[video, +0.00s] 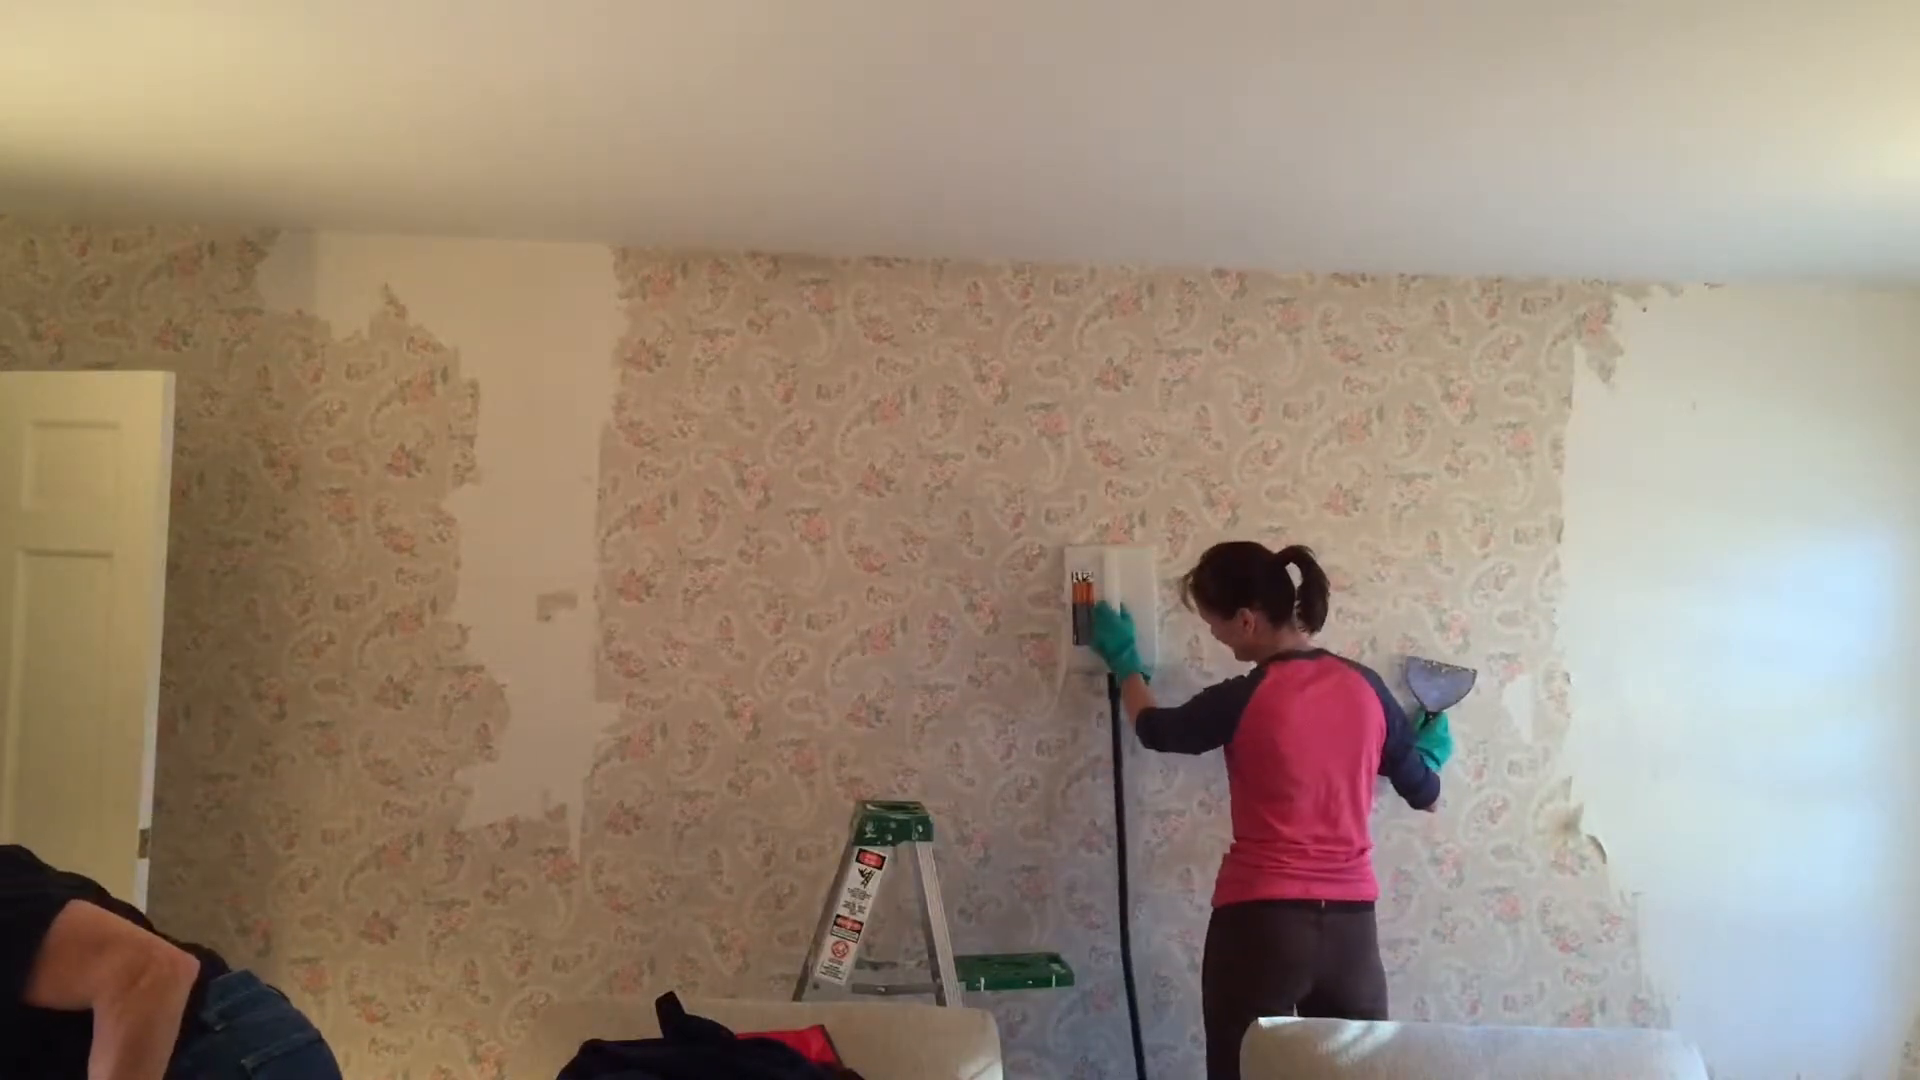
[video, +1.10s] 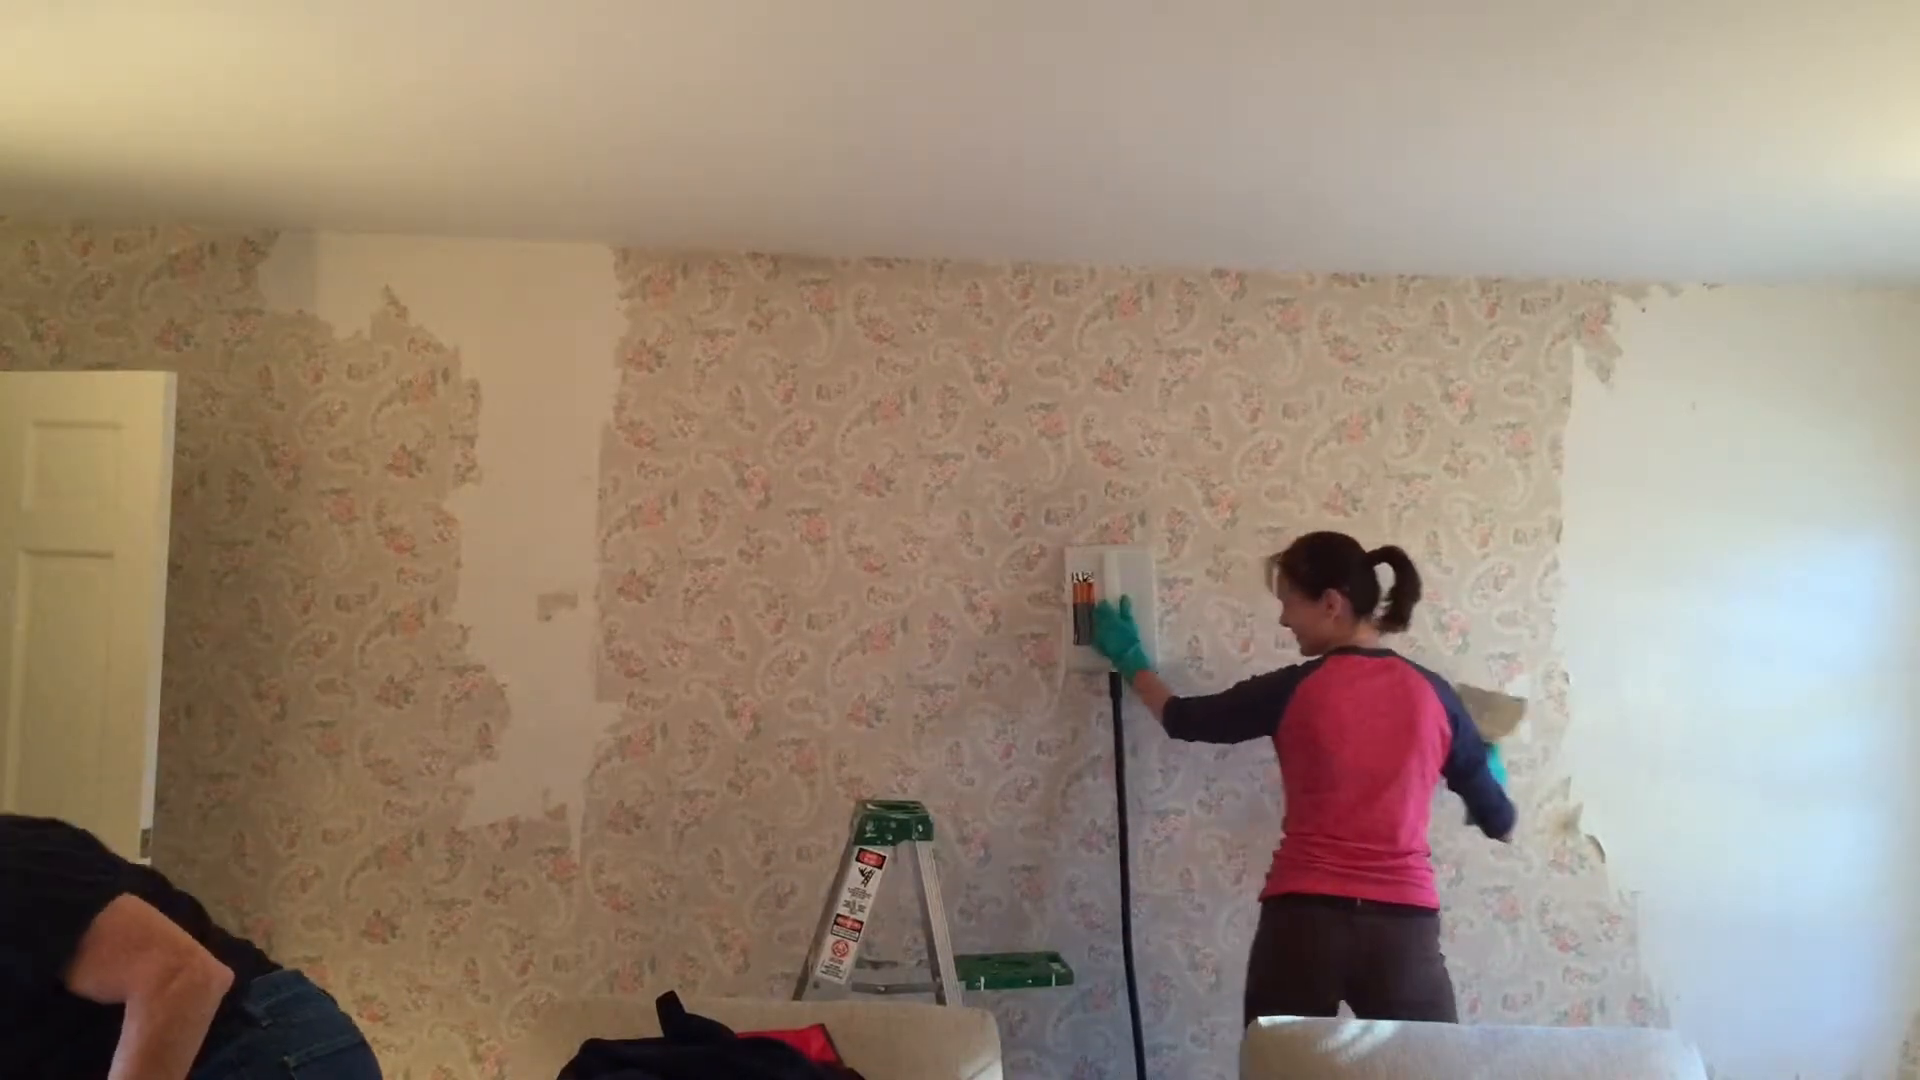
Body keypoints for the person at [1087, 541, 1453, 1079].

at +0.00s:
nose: (1214, 635)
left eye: (1213, 622)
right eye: (1208, 622)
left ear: (1247, 620)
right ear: (1285, 611)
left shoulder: (1245, 696)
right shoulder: (1367, 689)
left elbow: (1154, 729)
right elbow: (1423, 791)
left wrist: (1125, 664)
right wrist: (1432, 752)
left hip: (1259, 932)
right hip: (1351, 933)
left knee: (1240, 1074)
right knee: (1362, 1076)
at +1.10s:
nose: (1282, 618)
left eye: (1289, 601)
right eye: (1282, 601)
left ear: (1332, 604)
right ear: (1339, 604)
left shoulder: (1295, 687)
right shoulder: (1434, 694)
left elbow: (1182, 718)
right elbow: (1500, 820)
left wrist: (1130, 659)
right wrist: (1485, 769)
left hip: (1298, 931)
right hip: (1402, 939)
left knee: (1276, 1067)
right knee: (1431, 1075)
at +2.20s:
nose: (1485, 626)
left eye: (1483, 615)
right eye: (1485, 615)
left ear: (1411, 622)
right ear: (1475, 622)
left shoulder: (1372, 704)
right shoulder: (1517, 710)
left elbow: (1265, 757)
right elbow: (1544, 831)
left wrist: (1237, 685)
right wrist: (1567, 783)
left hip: (1407, 955)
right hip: (1511, 952)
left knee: (1395, 1077)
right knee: (1555, 1075)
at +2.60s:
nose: (1584, 624)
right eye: (1585, 613)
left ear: (1504, 614)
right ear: (1576, 619)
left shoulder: (1456, 703)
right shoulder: (1610, 716)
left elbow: (1392, 773)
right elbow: (1667, 855)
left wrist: (1396, 698)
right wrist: (1676, 811)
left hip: (1464, 952)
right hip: (1571, 959)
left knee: (1436, 1075)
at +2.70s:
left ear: (1540, 624)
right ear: (1612, 632)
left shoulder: (1487, 713)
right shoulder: (1641, 730)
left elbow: (1434, 780)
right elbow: (1704, 871)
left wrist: (1441, 708)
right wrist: (1714, 816)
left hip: (1494, 966)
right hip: (1603, 972)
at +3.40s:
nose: (1665, 628)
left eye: (1667, 617)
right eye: (1668, 616)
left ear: (1677, 631)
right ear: (1745, 638)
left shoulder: (1614, 704)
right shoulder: (1769, 747)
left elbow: (1545, 729)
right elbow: (1779, 889)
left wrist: (1552, 644)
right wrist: (1751, 814)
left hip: (1595, 964)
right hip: (1709, 976)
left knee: (1550, 1071)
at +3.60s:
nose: (1634, 606)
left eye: (1636, 595)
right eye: (1638, 593)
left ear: (1648, 607)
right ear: (1717, 612)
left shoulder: (1594, 691)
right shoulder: (1753, 719)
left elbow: (1540, 734)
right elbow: (1764, 856)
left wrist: (1545, 654)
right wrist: (1717, 792)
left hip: (1585, 941)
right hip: (1697, 950)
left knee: (1561, 1074)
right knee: (1699, 1074)